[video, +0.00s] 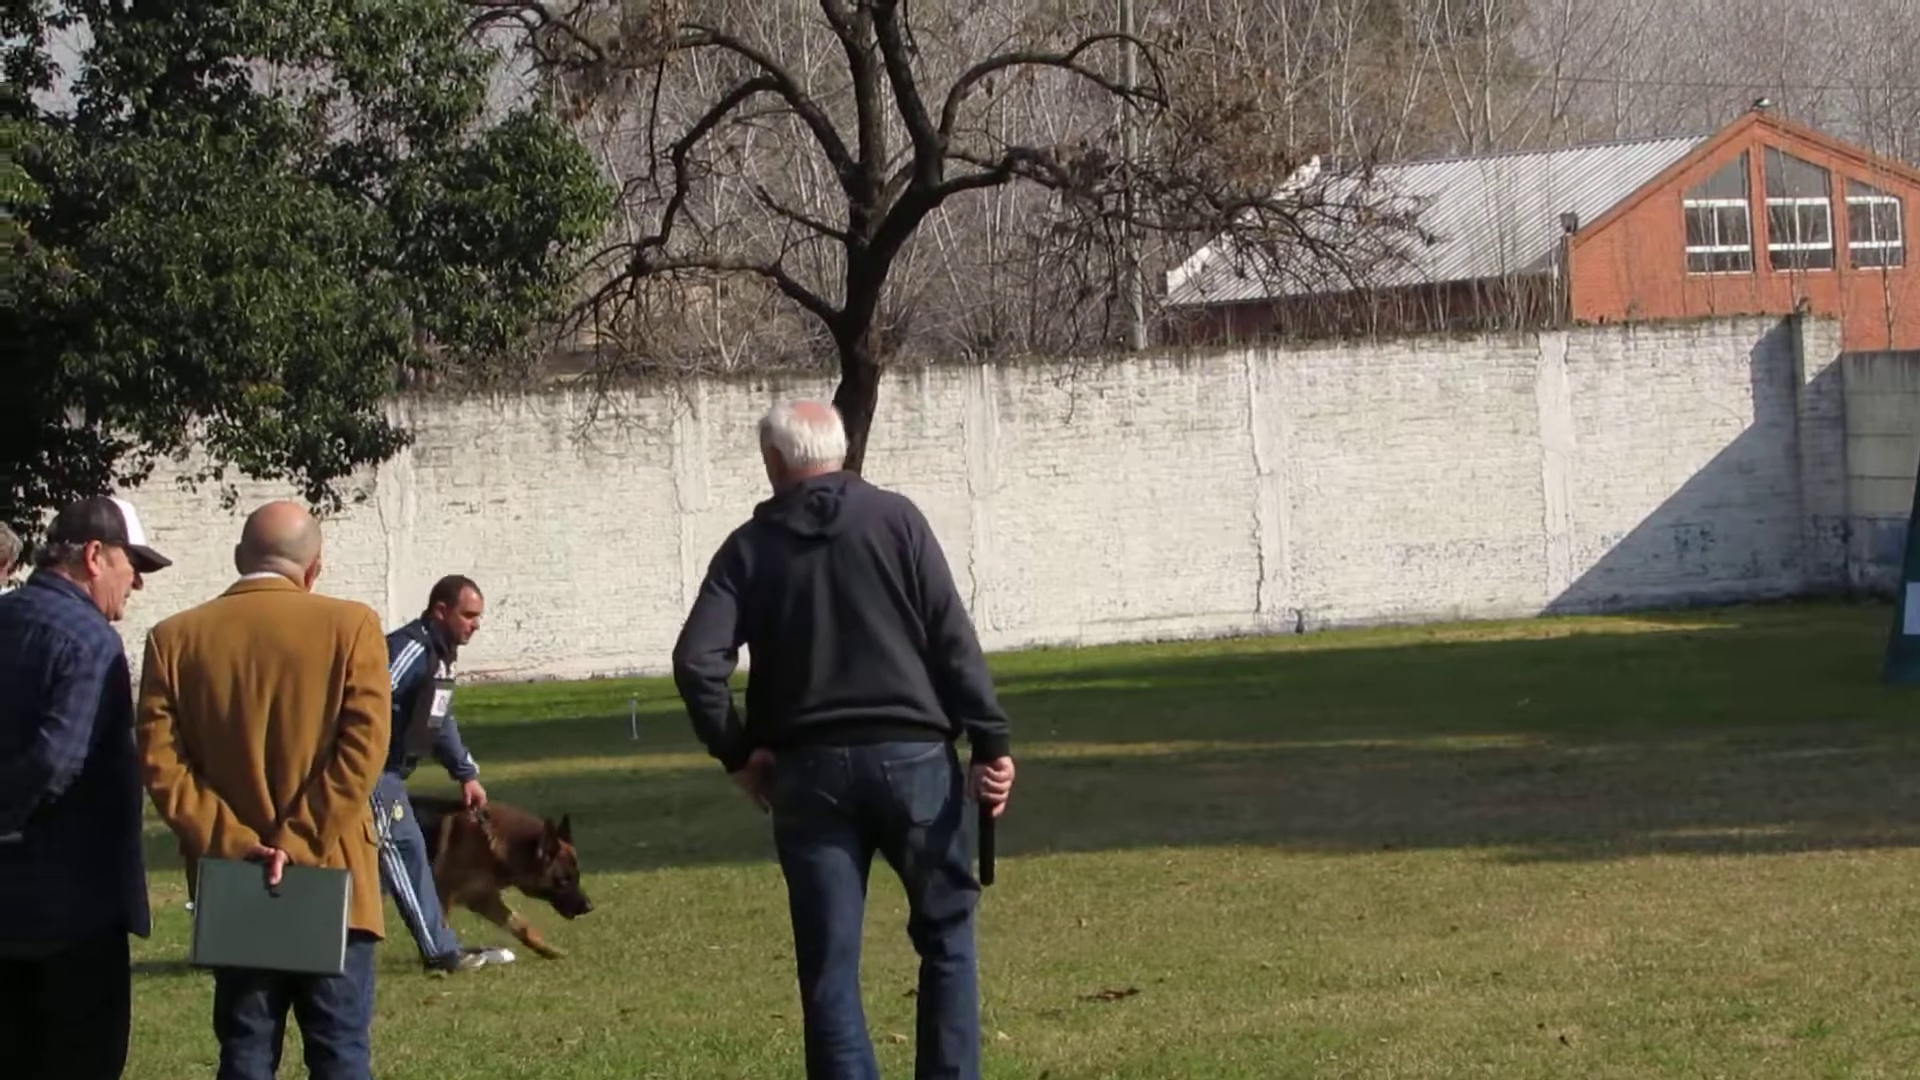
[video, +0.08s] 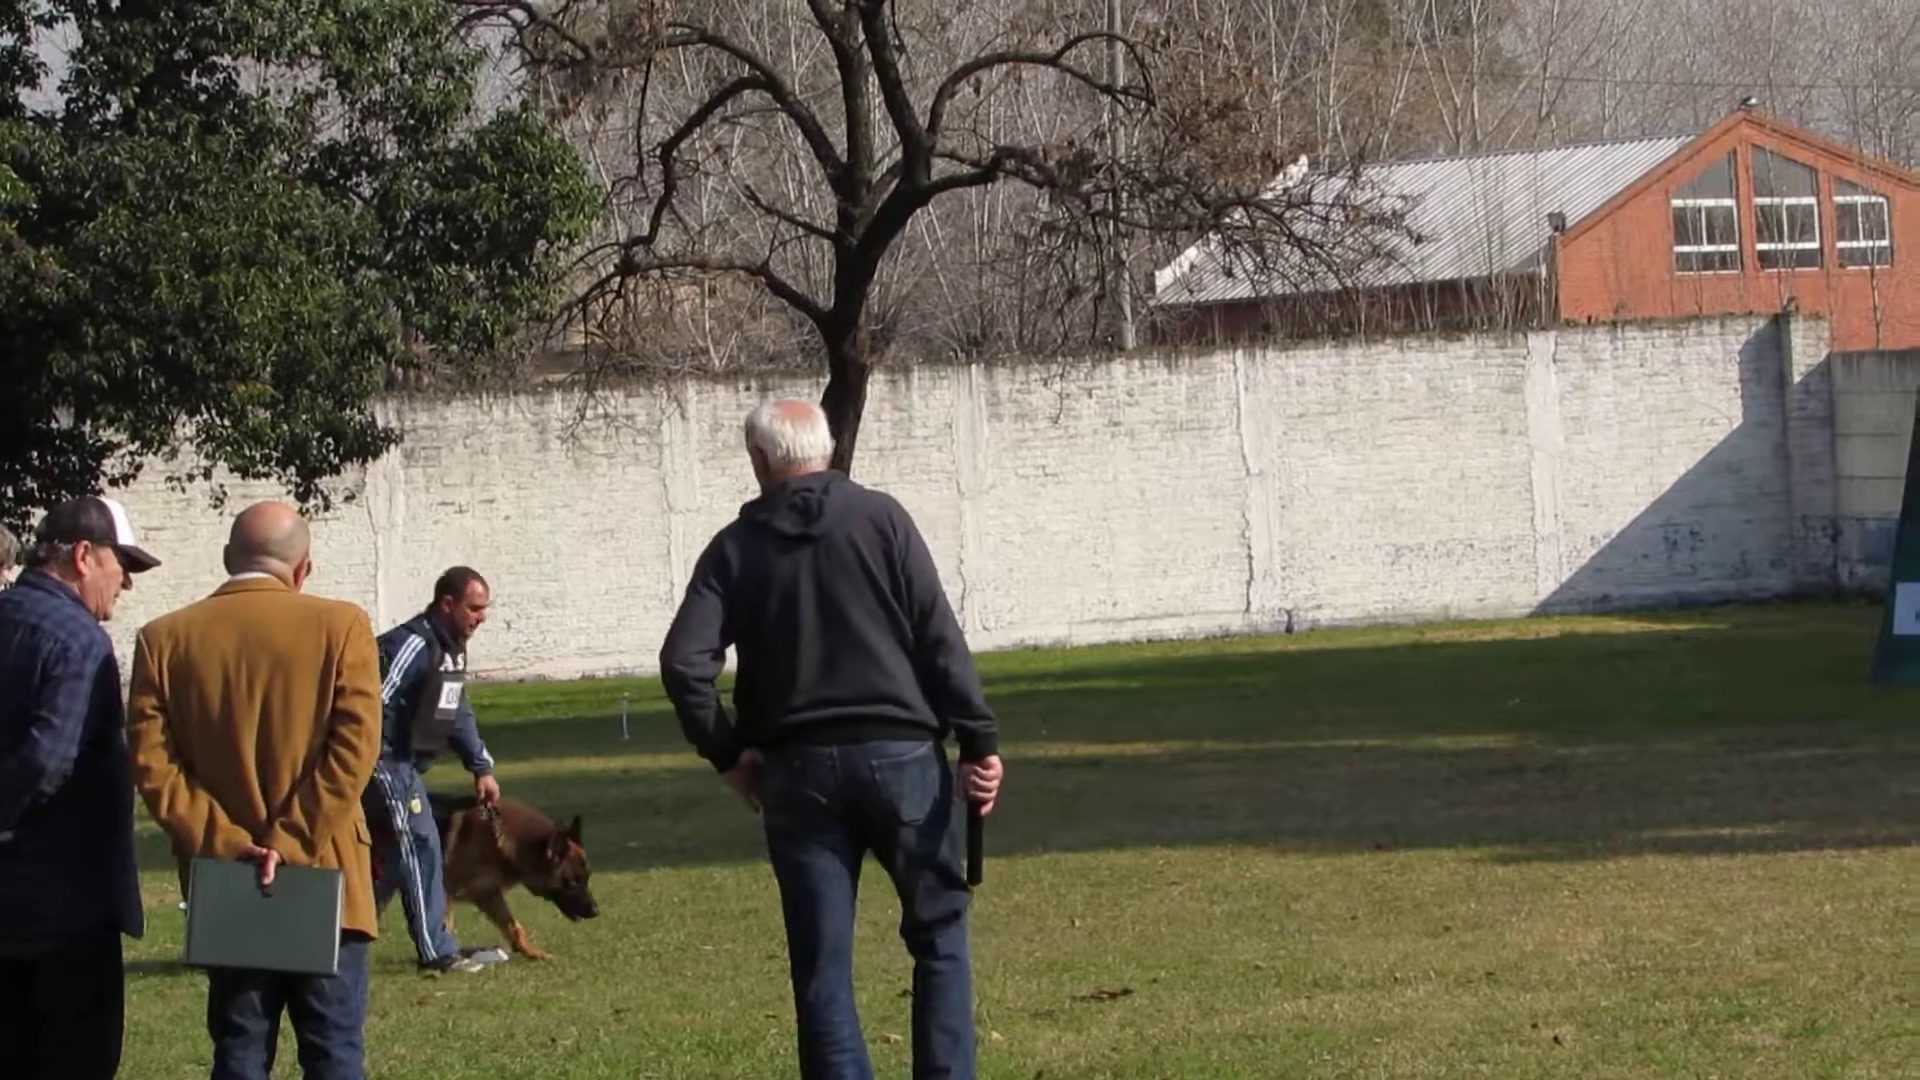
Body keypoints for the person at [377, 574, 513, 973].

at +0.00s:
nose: (475, 625)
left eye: (478, 617)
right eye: (469, 616)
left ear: (445, 612)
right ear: (441, 610)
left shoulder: (439, 652)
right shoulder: (411, 647)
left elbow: (440, 720)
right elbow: (369, 701)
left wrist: (467, 774)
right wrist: (366, 764)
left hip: (391, 770)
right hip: (376, 770)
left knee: (348, 858)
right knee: (406, 853)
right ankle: (441, 950)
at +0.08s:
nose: (481, 618)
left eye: (484, 609)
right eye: (474, 609)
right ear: (447, 604)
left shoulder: (449, 647)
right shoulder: (414, 644)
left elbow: (456, 711)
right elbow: (373, 701)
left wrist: (483, 769)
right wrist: (371, 761)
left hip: (406, 761)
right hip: (385, 761)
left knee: (395, 854)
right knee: (421, 841)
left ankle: (344, 936)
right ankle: (438, 952)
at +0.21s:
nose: (516, 610)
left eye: (518, 602)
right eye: (510, 602)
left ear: (490, 600)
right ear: (480, 598)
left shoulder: (489, 641)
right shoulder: (443, 635)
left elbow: (498, 707)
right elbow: (411, 696)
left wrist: (521, 763)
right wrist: (415, 760)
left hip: (455, 759)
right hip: (421, 759)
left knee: (474, 840)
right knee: (443, 840)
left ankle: (403, 905)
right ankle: (443, 951)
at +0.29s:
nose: (541, 605)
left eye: (543, 597)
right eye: (534, 597)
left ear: (513, 594)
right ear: (506, 591)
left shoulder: (515, 638)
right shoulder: (468, 627)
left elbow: (521, 708)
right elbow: (444, 689)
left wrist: (543, 763)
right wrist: (462, 746)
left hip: (479, 751)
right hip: (438, 749)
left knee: (509, 830)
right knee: (457, 836)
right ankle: (445, 948)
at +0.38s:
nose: (565, 598)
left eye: (566, 590)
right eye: (558, 589)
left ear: (539, 588)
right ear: (530, 585)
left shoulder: (539, 631)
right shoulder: (493, 620)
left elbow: (544, 700)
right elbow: (470, 678)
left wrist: (566, 758)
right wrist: (494, 730)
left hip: (512, 751)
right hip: (472, 749)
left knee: (539, 838)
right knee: (478, 839)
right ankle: (451, 945)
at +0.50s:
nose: (593, 580)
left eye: (595, 572)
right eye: (585, 572)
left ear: (588, 574)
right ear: (556, 573)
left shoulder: (574, 621)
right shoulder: (526, 610)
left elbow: (578, 695)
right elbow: (498, 666)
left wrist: (603, 752)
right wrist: (511, 719)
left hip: (548, 747)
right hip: (510, 741)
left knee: (564, 833)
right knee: (542, 831)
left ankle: (546, 934)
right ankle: (496, 922)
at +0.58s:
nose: (622, 568)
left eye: (623, 560)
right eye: (613, 560)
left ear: (619, 562)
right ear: (584, 561)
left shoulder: (604, 611)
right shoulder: (555, 600)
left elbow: (608, 681)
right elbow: (519, 654)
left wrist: (636, 737)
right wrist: (512, 712)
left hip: (575, 735)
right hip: (540, 730)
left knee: (591, 819)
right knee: (583, 815)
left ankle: (576, 924)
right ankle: (548, 925)